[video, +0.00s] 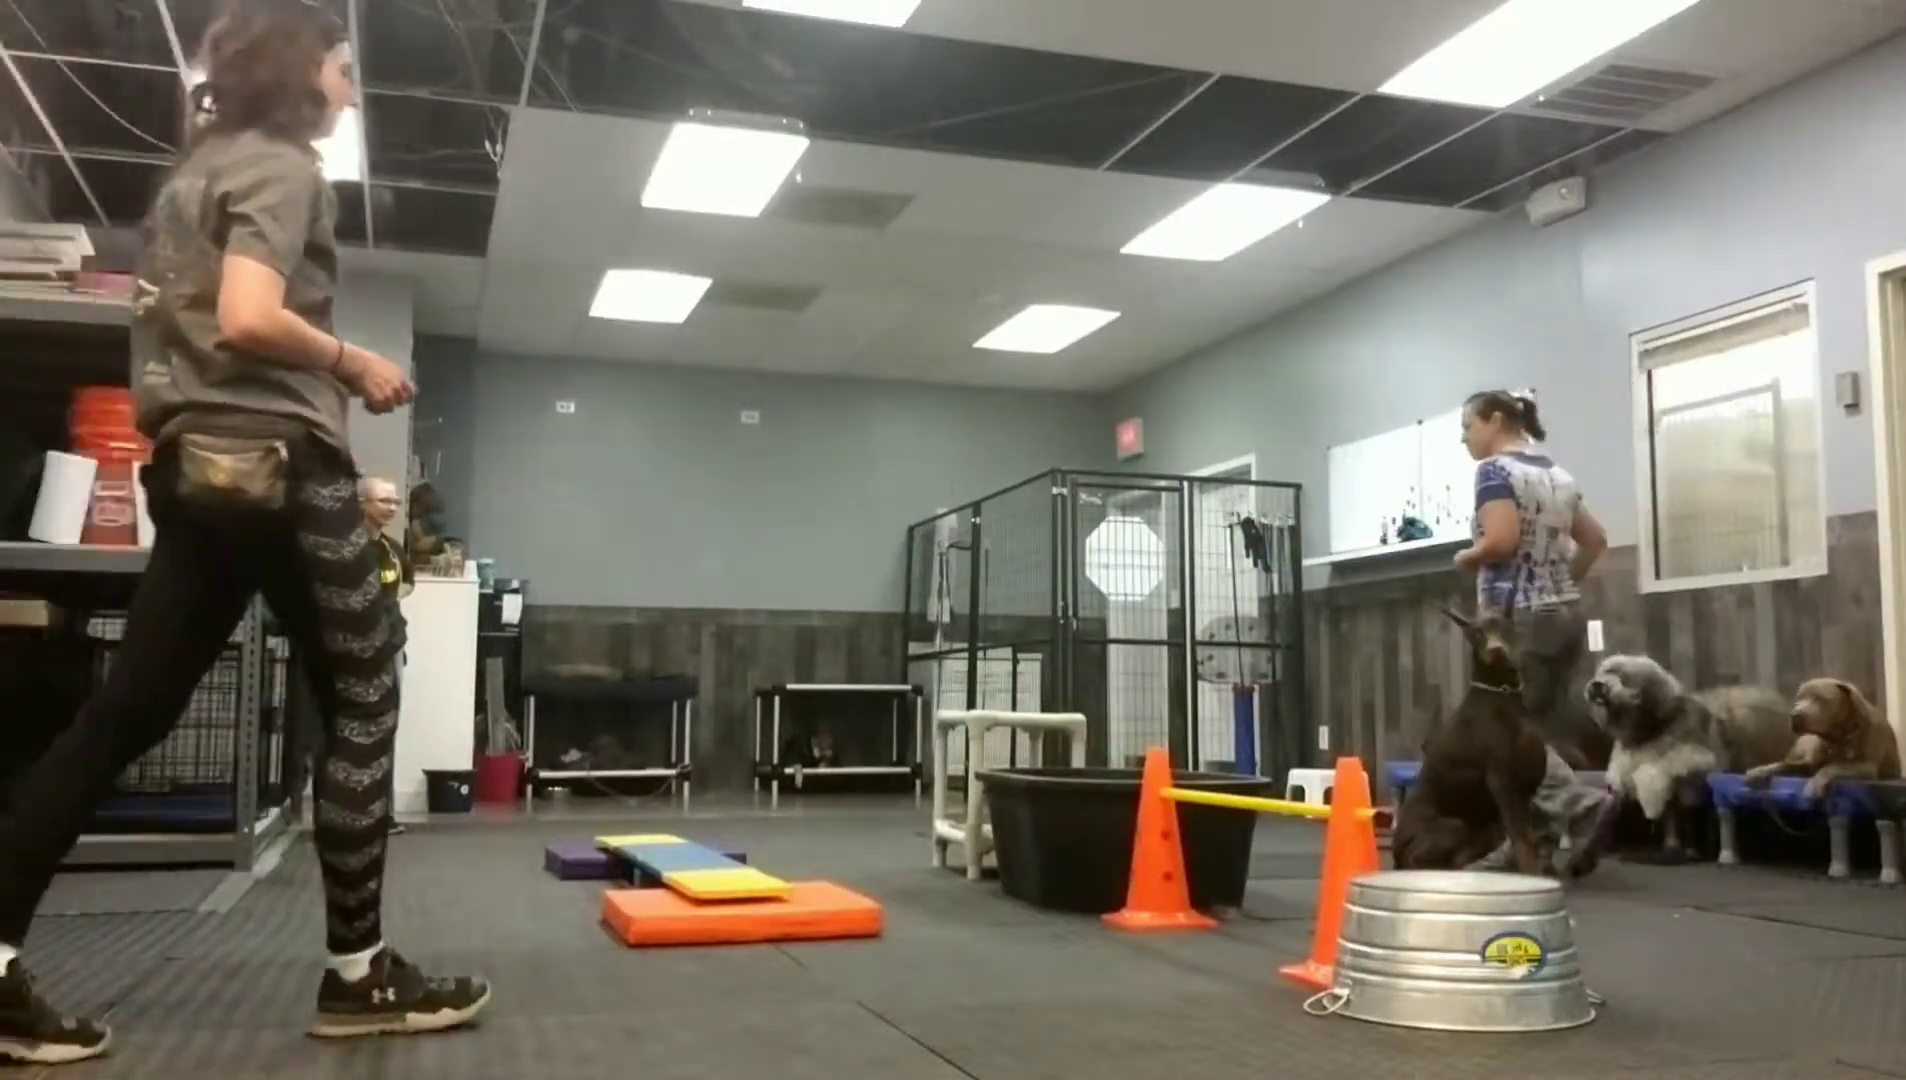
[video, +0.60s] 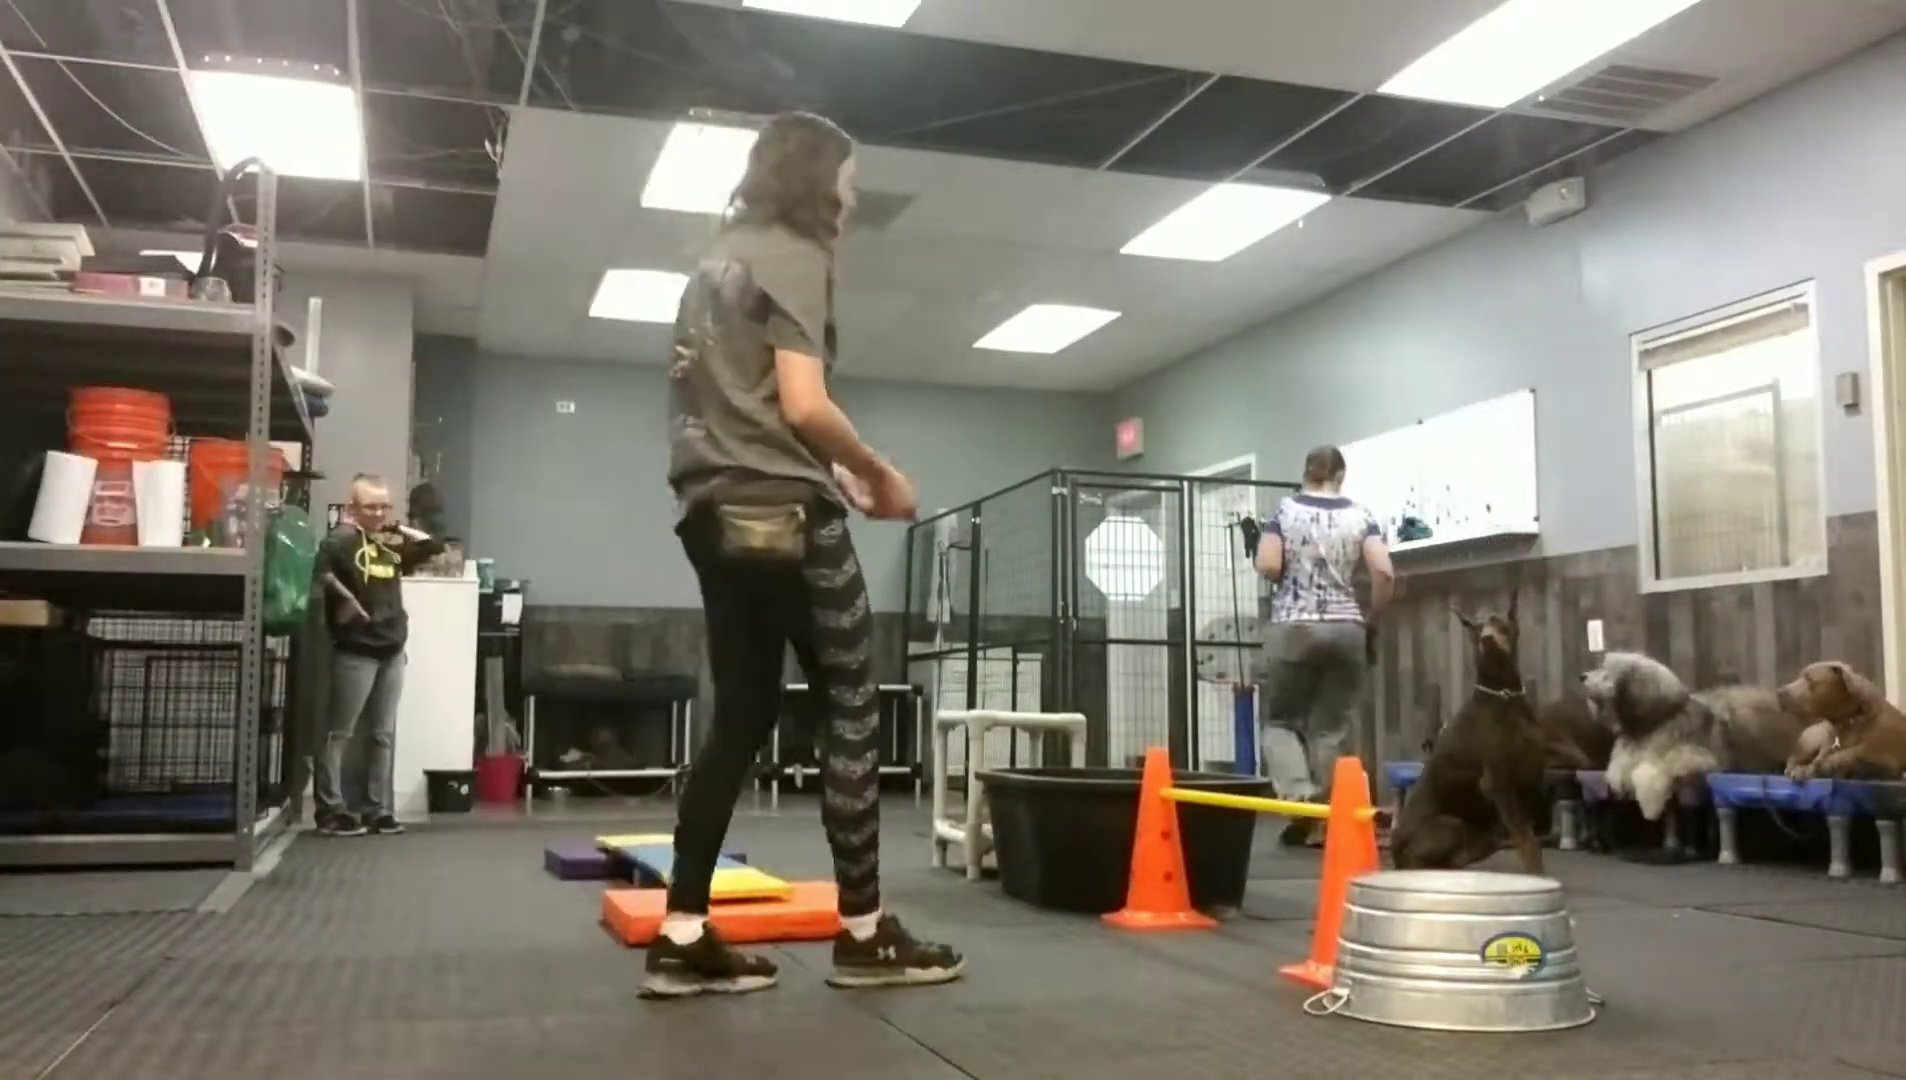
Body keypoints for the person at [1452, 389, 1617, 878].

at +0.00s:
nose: (1467, 439)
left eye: (1470, 428)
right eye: (1466, 430)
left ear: (1497, 422)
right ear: (1512, 424)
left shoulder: (1494, 470)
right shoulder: (1553, 471)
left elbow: (1502, 538)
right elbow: (1594, 538)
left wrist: (1470, 557)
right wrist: (1564, 581)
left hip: (1520, 620)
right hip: (1566, 618)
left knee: (1506, 726)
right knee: (1553, 721)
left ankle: (1582, 804)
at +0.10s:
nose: (1436, 449)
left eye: (1435, 439)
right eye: (1434, 440)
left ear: (1446, 431)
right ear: (1480, 432)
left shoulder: (1459, 473)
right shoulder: (1517, 480)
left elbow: (1465, 542)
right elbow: (1555, 540)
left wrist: (1433, 557)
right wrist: (1532, 588)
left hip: (1469, 613)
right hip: (1524, 610)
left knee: (1434, 721)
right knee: (1520, 719)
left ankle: (1443, 812)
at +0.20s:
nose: (1399, 461)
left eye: (1398, 454)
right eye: (1399, 454)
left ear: (1404, 452)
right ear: (1438, 450)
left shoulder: (1411, 491)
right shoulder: (1475, 496)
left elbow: (1413, 556)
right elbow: (1512, 557)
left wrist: (1389, 571)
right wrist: (1492, 602)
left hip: (1418, 628)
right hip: (1471, 625)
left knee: (1394, 734)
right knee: (1474, 731)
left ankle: (1377, 834)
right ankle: (1485, 831)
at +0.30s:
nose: (1358, 461)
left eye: (1357, 456)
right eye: (1362, 456)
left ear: (1360, 454)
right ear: (1397, 450)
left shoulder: (1355, 496)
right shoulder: (1433, 493)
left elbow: (1350, 560)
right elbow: (1466, 556)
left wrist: (1345, 560)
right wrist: (1448, 591)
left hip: (1369, 621)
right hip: (1427, 619)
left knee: (1363, 734)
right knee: (1421, 727)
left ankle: (1374, 835)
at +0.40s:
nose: (1342, 467)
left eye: (1335, 461)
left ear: (1334, 460)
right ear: (1373, 458)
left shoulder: (1321, 499)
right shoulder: (1400, 499)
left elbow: (1307, 558)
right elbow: (1430, 555)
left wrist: (1332, 572)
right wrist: (1417, 596)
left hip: (1338, 616)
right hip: (1393, 613)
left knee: (1350, 722)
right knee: (1384, 719)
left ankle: (1374, 820)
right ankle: (1382, 811)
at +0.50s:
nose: (1346, 477)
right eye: (1352, 471)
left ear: (1318, 472)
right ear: (1355, 472)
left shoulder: (1298, 511)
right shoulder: (1377, 514)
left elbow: (1286, 568)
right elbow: (1402, 572)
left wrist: (1303, 582)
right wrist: (1391, 615)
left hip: (1313, 631)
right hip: (1367, 630)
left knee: (1324, 729)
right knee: (1353, 729)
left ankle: (1359, 818)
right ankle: (1328, 820)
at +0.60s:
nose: (1336, 482)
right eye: (1339, 476)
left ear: (1306, 475)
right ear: (1341, 476)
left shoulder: (1286, 511)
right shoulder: (1360, 516)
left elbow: (1268, 565)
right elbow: (1384, 573)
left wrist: (1288, 576)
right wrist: (1372, 618)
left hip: (1295, 629)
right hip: (1347, 629)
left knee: (1279, 722)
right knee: (1330, 727)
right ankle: (1323, 816)